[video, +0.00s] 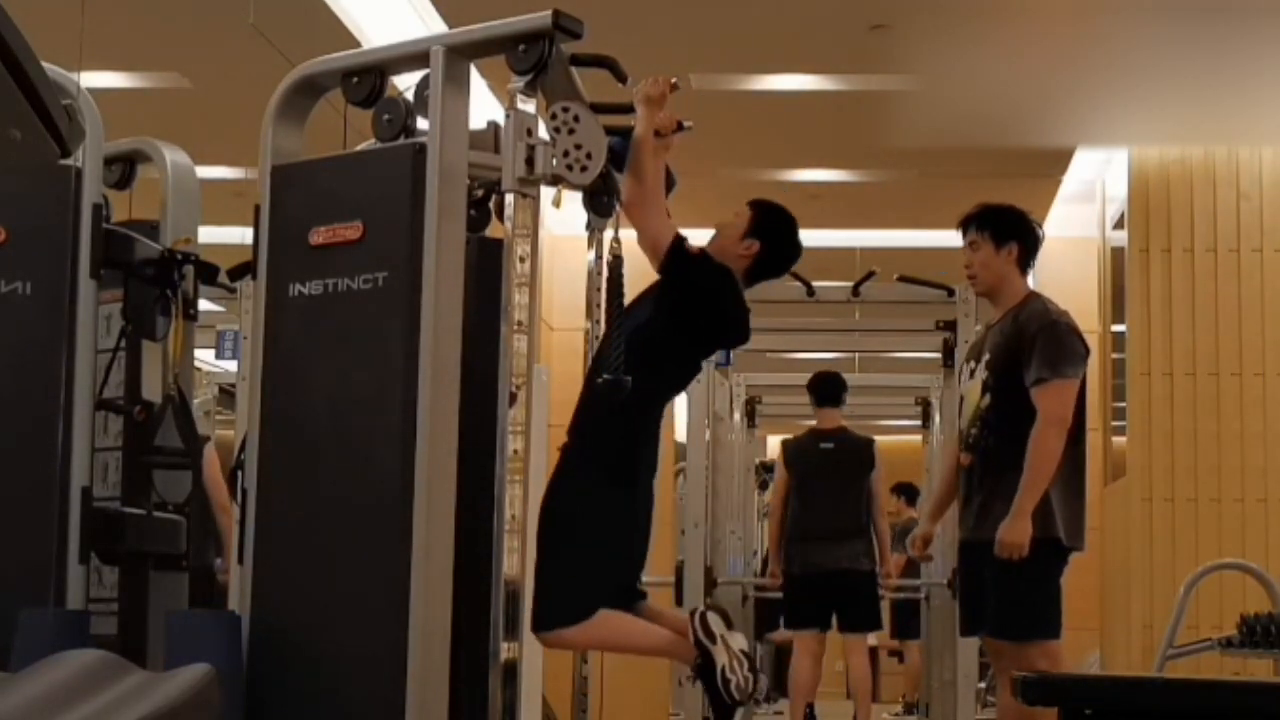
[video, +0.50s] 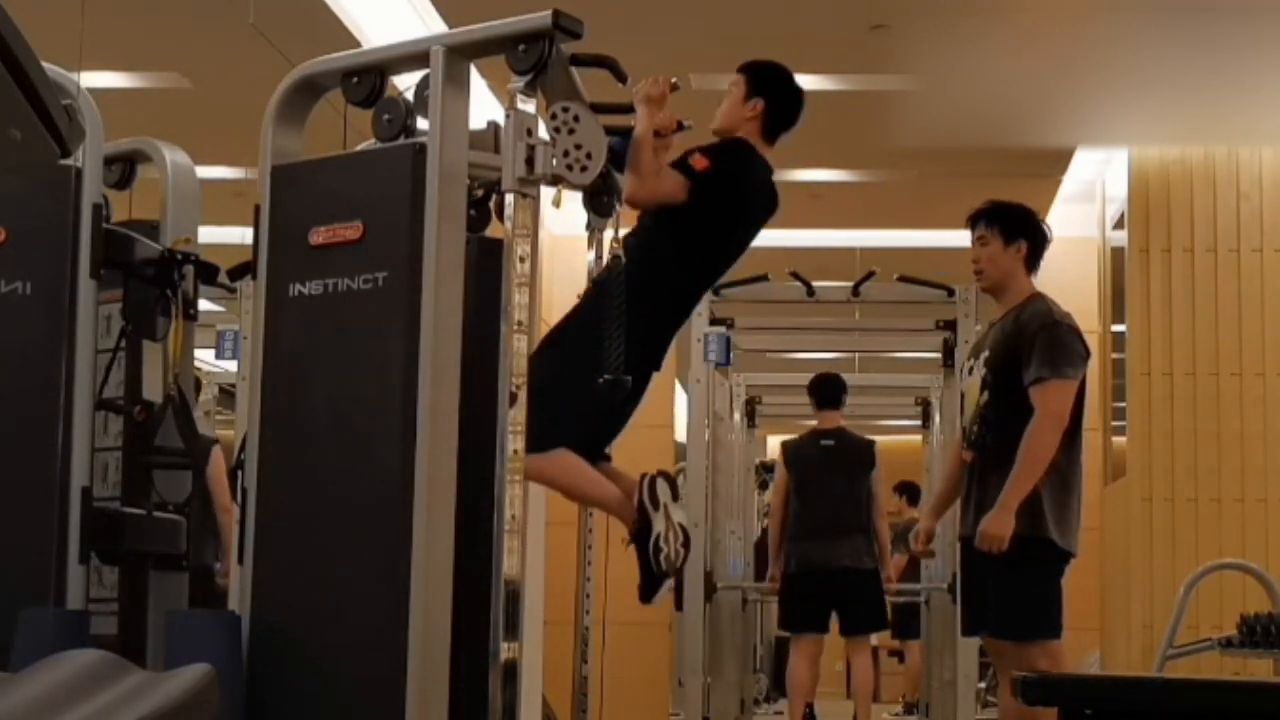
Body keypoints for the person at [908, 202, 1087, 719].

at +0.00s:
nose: (965, 262)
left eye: (975, 248)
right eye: (964, 251)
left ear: (1011, 252)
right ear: (998, 256)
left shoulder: (1047, 325)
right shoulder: (986, 341)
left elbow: (1055, 425)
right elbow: (967, 441)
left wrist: (1022, 512)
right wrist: (930, 519)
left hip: (1028, 529)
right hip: (987, 528)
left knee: (1038, 668)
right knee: (1003, 663)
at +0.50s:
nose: (973, 255)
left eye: (984, 243)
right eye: (973, 245)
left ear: (1020, 249)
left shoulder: (1046, 324)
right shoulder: (995, 336)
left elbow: (1051, 421)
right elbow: (971, 438)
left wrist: (1006, 506)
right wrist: (931, 514)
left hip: (1031, 524)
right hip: (994, 523)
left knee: (1039, 664)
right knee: (1004, 659)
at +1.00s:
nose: (973, 255)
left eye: (984, 242)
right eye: (972, 244)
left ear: (1020, 250)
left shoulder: (1047, 325)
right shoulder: (993, 338)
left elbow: (1057, 425)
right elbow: (973, 439)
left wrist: (1020, 511)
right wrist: (933, 518)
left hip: (1032, 527)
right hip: (991, 526)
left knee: (1042, 668)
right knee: (1005, 662)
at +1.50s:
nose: (973, 263)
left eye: (984, 250)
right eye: (971, 252)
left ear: (1020, 253)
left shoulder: (1049, 327)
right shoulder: (996, 339)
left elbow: (1060, 426)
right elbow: (975, 443)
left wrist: (1017, 512)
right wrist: (942, 521)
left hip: (1034, 527)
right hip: (995, 526)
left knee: (1041, 668)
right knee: (1006, 663)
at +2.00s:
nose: (978, 256)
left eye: (990, 244)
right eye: (977, 246)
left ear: (1026, 251)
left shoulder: (1051, 324)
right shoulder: (989, 339)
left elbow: (1063, 421)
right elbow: (969, 436)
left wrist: (1018, 506)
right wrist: (929, 512)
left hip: (1033, 527)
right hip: (992, 525)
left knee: (1040, 667)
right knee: (1004, 662)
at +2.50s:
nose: (988, 246)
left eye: (1000, 235)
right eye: (989, 236)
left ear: (1037, 245)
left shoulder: (1060, 323)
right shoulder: (994, 334)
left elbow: (1071, 417)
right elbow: (970, 432)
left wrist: (1025, 503)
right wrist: (926, 507)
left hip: (1036, 525)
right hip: (992, 523)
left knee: (1042, 666)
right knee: (1005, 661)